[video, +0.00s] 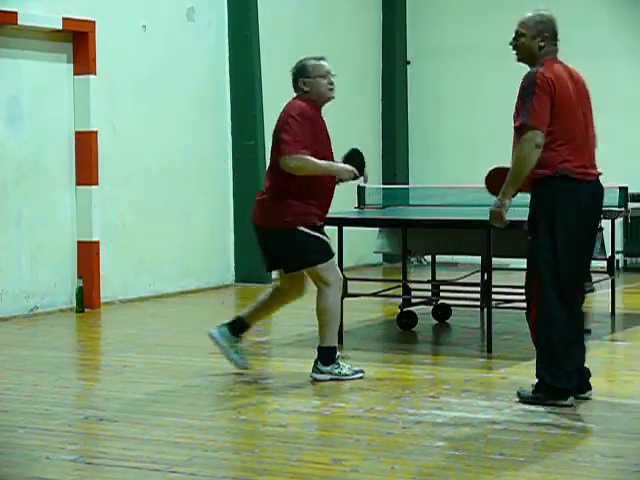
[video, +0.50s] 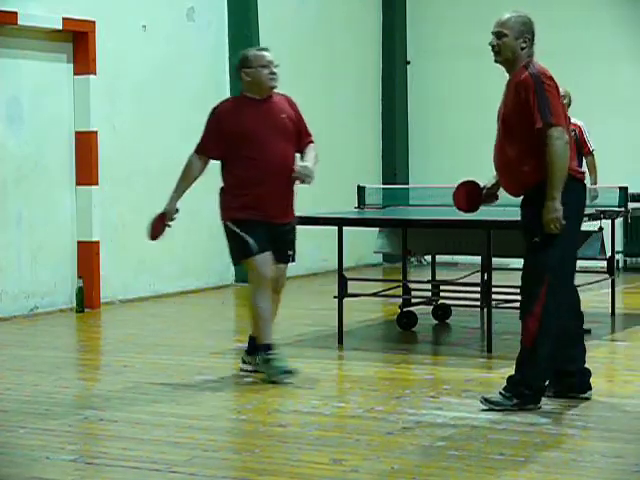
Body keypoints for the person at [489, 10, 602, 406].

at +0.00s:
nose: (513, 43)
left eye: (519, 36)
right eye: (514, 37)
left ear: (543, 41)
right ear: (547, 43)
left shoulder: (540, 77)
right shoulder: (572, 77)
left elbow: (534, 140)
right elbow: (576, 141)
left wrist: (503, 198)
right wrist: (524, 173)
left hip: (559, 192)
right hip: (586, 191)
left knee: (547, 286)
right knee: (567, 285)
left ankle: (555, 384)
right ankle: (573, 377)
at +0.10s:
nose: (510, 44)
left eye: (516, 38)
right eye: (511, 38)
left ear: (540, 43)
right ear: (542, 46)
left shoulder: (542, 76)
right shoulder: (562, 78)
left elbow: (543, 137)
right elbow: (567, 143)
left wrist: (515, 193)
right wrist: (520, 186)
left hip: (559, 191)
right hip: (577, 190)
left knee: (546, 284)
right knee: (563, 283)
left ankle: (555, 383)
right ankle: (572, 378)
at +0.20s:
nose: (506, 44)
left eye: (513, 38)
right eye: (507, 38)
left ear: (536, 44)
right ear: (536, 47)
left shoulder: (541, 75)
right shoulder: (551, 80)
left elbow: (552, 132)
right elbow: (569, 150)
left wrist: (531, 189)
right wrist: (524, 188)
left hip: (564, 186)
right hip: (574, 188)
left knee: (537, 279)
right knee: (561, 280)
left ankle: (551, 379)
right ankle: (573, 377)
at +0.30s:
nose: (500, 44)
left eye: (508, 38)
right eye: (501, 38)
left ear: (531, 44)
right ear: (526, 45)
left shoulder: (541, 76)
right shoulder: (530, 83)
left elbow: (560, 130)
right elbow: (541, 144)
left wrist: (546, 192)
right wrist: (514, 186)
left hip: (566, 185)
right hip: (567, 186)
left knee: (531, 279)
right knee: (559, 281)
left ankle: (542, 379)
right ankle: (574, 376)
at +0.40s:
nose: (496, 44)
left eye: (503, 38)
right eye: (497, 38)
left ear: (527, 43)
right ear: (519, 45)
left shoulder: (539, 77)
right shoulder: (523, 83)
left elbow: (561, 131)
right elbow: (532, 143)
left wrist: (554, 193)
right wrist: (505, 185)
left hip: (560, 190)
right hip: (558, 189)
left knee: (535, 282)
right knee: (559, 283)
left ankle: (527, 385)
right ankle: (571, 378)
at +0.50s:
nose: (492, 42)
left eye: (499, 36)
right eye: (492, 36)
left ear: (523, 42)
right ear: (512, 44)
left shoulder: (534, 77)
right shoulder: (517, 81)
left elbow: (558, 135)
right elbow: (525, 141)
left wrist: (553, 200)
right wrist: (498, 184)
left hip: (556, 194)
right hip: (544, 193)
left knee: (540, 285)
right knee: (557, 286)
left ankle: (525, 388)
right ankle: (571, 378)